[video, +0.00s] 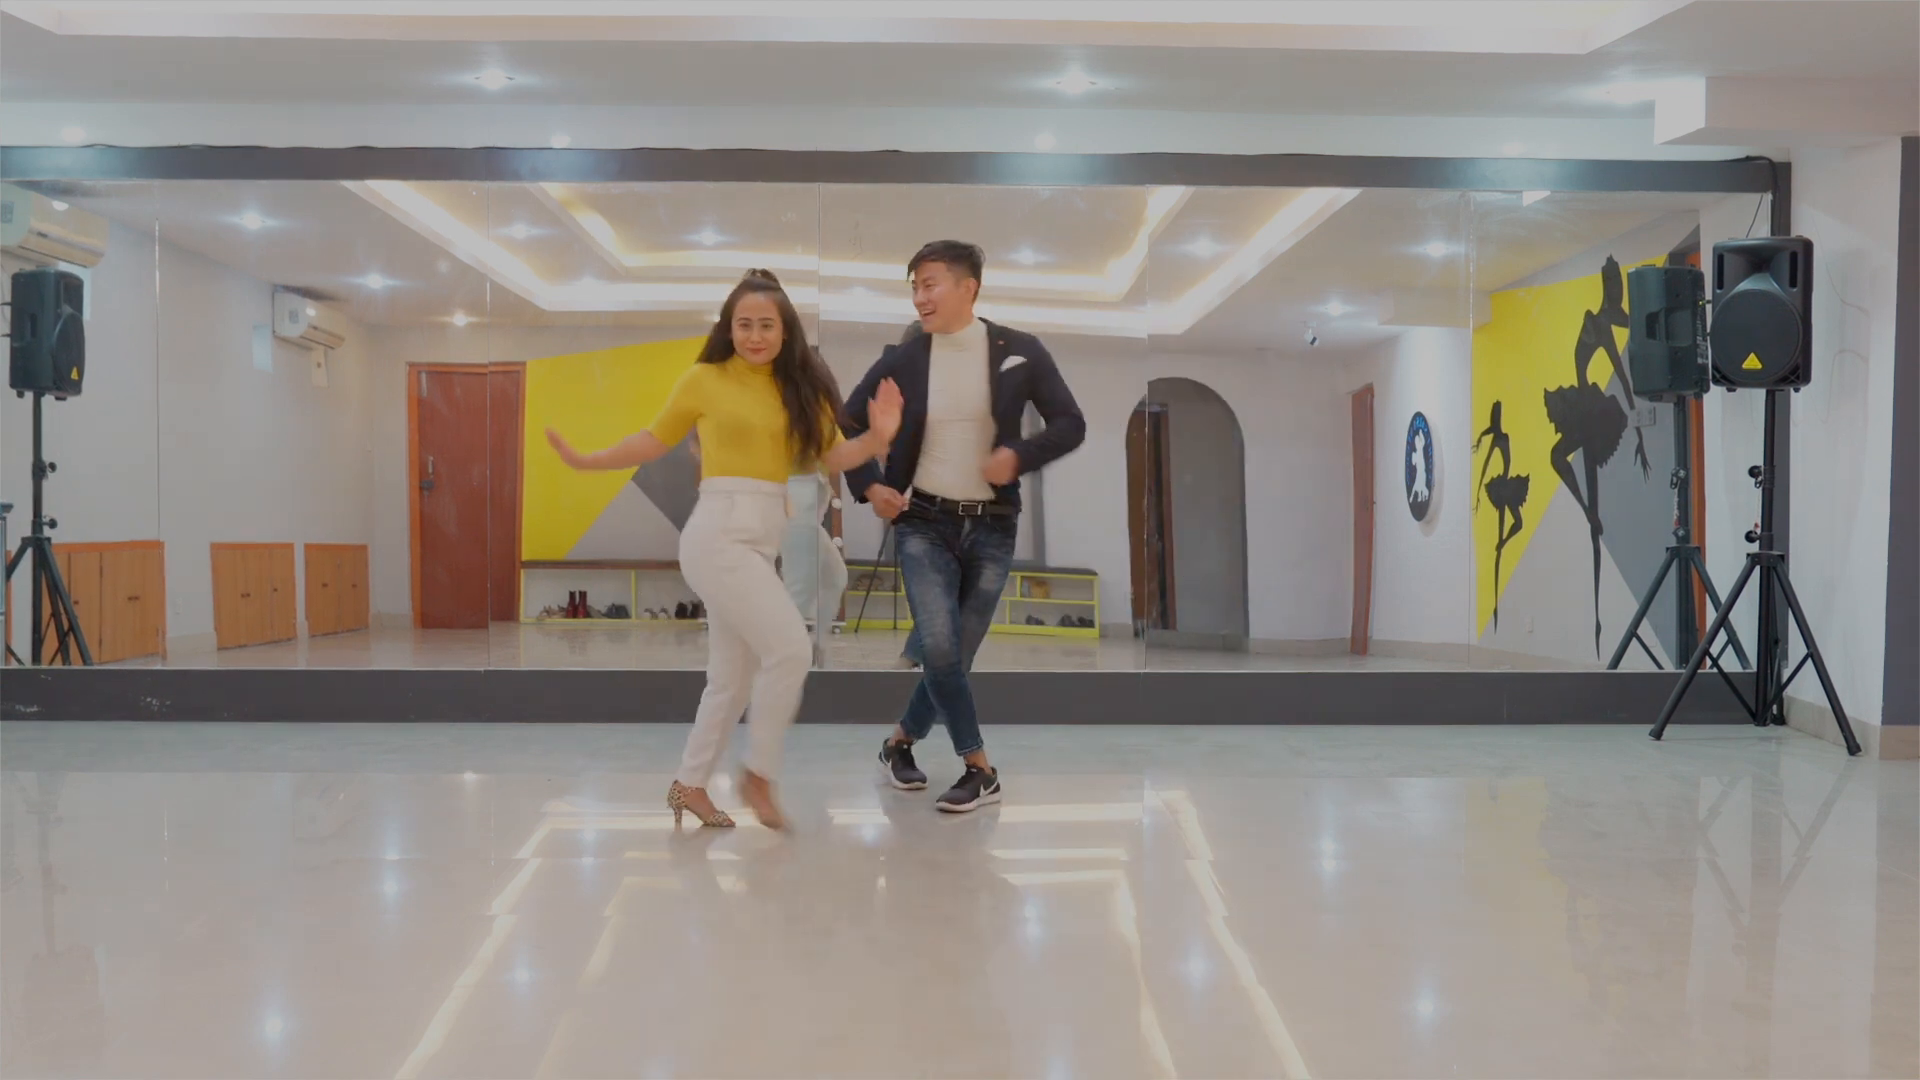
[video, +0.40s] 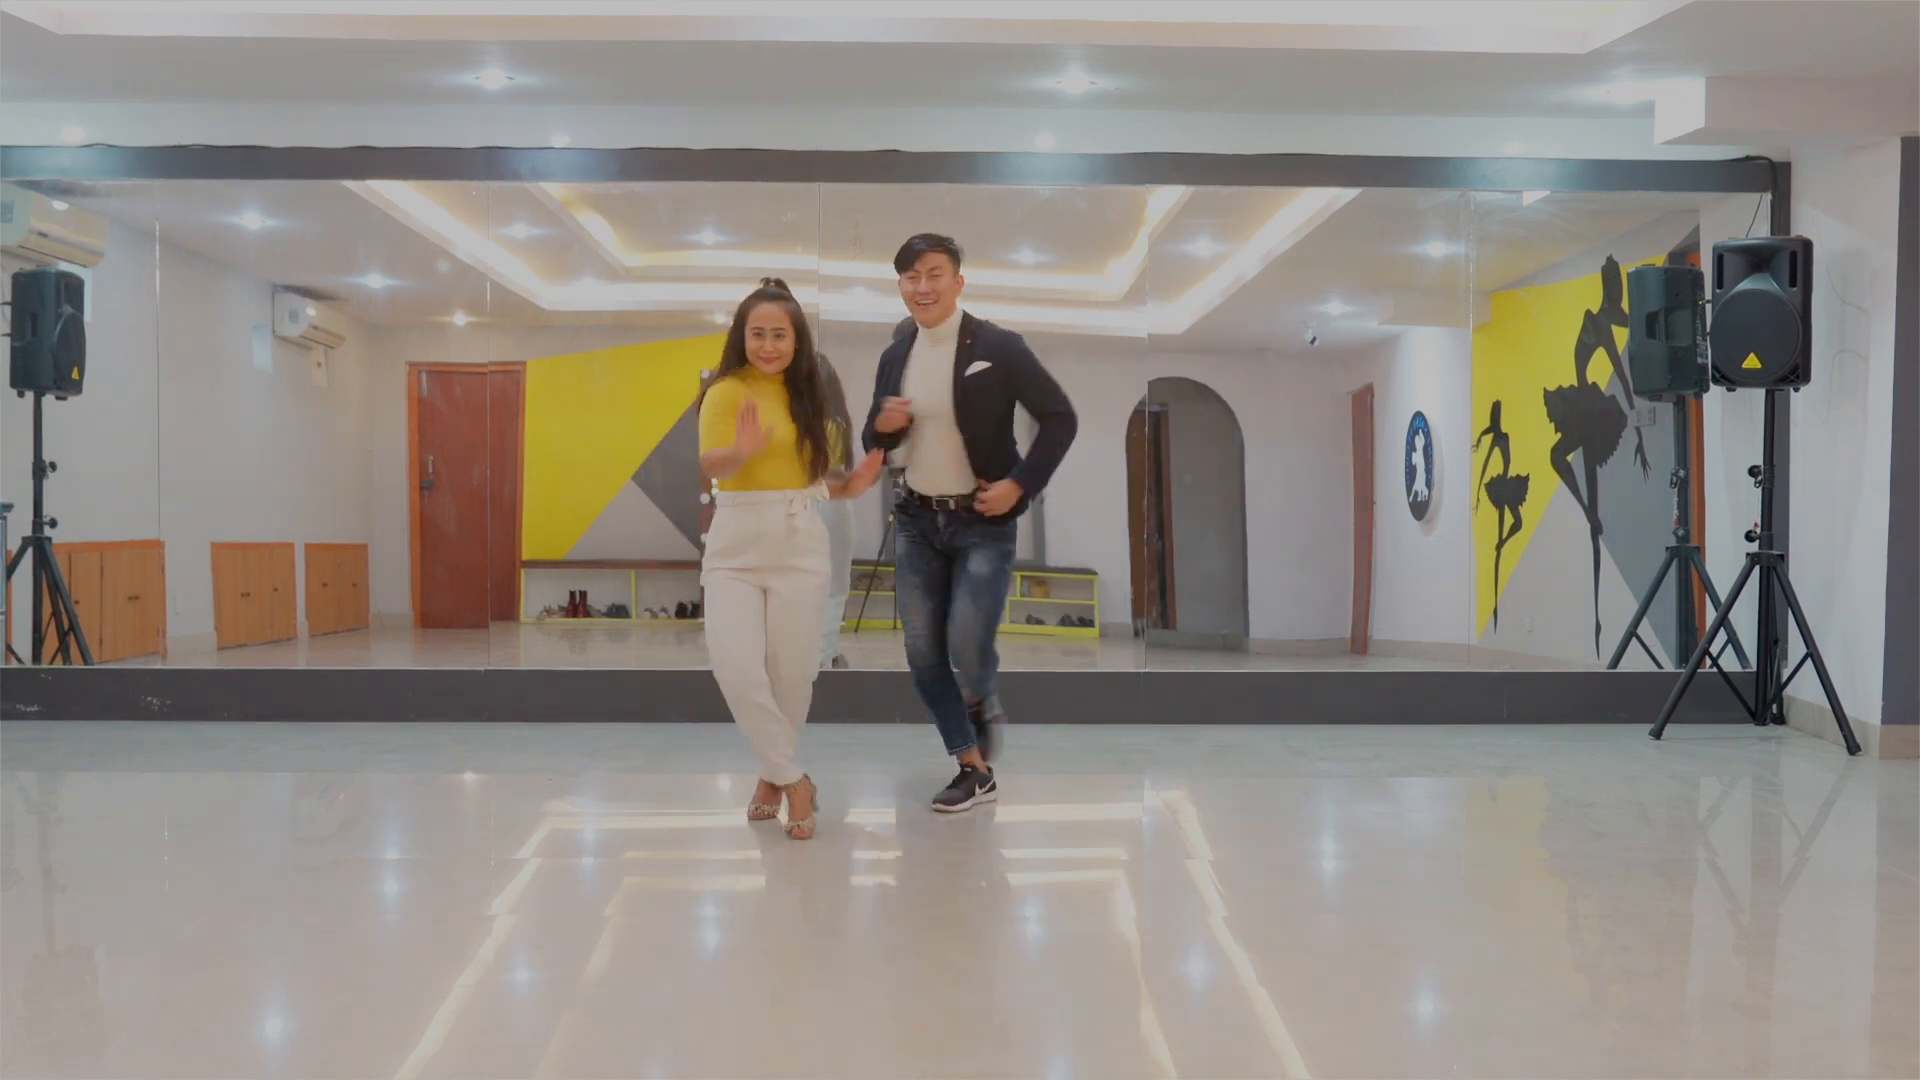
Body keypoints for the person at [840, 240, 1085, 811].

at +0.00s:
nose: (920, 298)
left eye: (931, 285)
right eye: (915, 288)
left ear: (969, 288)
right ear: (914, 294)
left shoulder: (1020, 353)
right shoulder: (903, 359)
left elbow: (1071, 426)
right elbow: (847, 426)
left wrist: (1021, 456)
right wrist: (868, 486)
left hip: (992, 524)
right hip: (921, 519)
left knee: (956, 655)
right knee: (938, 648)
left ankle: (901, 742)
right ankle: (979, 768)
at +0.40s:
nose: (921, 286)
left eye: (934, 274)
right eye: (911, 276)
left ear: (959, 280)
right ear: (900, 285)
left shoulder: (999, 348)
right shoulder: (898, 354)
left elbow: (1061, 420)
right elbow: (873, 437)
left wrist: (1021, 485)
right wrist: (883, 426)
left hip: (983, 519)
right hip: (916, 517)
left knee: (968, 652)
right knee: (923, 654)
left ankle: (978, 709)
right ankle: (971, 767)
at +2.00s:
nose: (981, 290)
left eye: (989, 279)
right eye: (968, 280)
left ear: (1000, 285)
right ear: (943, 287)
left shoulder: (1027, 354)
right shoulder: (906, 347)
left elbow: (1050, 428)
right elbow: (860, 418)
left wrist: (1031, 484)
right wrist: (919, 446)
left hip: (993, 518)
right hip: (917, 518)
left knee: (1024, 641)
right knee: (896, 651)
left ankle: (1031, 769)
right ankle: (899, 735)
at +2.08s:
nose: (991, 292)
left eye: (998, 281)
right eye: (977, 281)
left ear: (1008, 285)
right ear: (951, 288)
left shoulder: (1030, 354)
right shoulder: (915, 336)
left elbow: (1042, 430)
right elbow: (873, 409)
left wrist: (1035, 473)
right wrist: (934, 433)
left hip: (992, 520)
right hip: (917, 515)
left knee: (1025, 644)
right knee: (872, 643)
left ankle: (1032, 769)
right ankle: (864, 727)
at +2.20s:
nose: (995, 298)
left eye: (1002, 287)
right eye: (981, 286)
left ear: (1009, 292)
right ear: (952, 292)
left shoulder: (1015, 372)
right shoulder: (932, 356)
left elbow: (1008, 454)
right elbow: (875, 427)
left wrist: (1032, 473)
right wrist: (936, 482)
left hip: (988, 531)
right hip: (915, 531)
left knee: (1039, 641)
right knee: (851, 650)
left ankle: (1031, 772)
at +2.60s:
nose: (911, 311)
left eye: (926, 301)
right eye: (906, 300)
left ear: (957, 310)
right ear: (898, 309)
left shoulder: (976, 375)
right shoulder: (897, 379)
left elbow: (1033, 443)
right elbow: (874, 437)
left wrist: (982, 503)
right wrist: (873, 473)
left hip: (967, 549)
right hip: (899, 545)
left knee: (1010, 667)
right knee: (802, 627)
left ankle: (1059, 763)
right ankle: (806, 770)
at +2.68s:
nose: (886, 311)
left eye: (901, 300)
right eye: (885, 300)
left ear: (936, 310)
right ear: (886, 306)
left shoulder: (952, 368)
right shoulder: (893, 375)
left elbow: (982, 427)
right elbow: (881, 448)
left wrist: (925, 485)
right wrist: (862, 485)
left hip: (949, 551)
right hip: (887, 549)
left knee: (1000, 666)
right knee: (793, 631)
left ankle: (1063, 760)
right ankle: (813, 772)